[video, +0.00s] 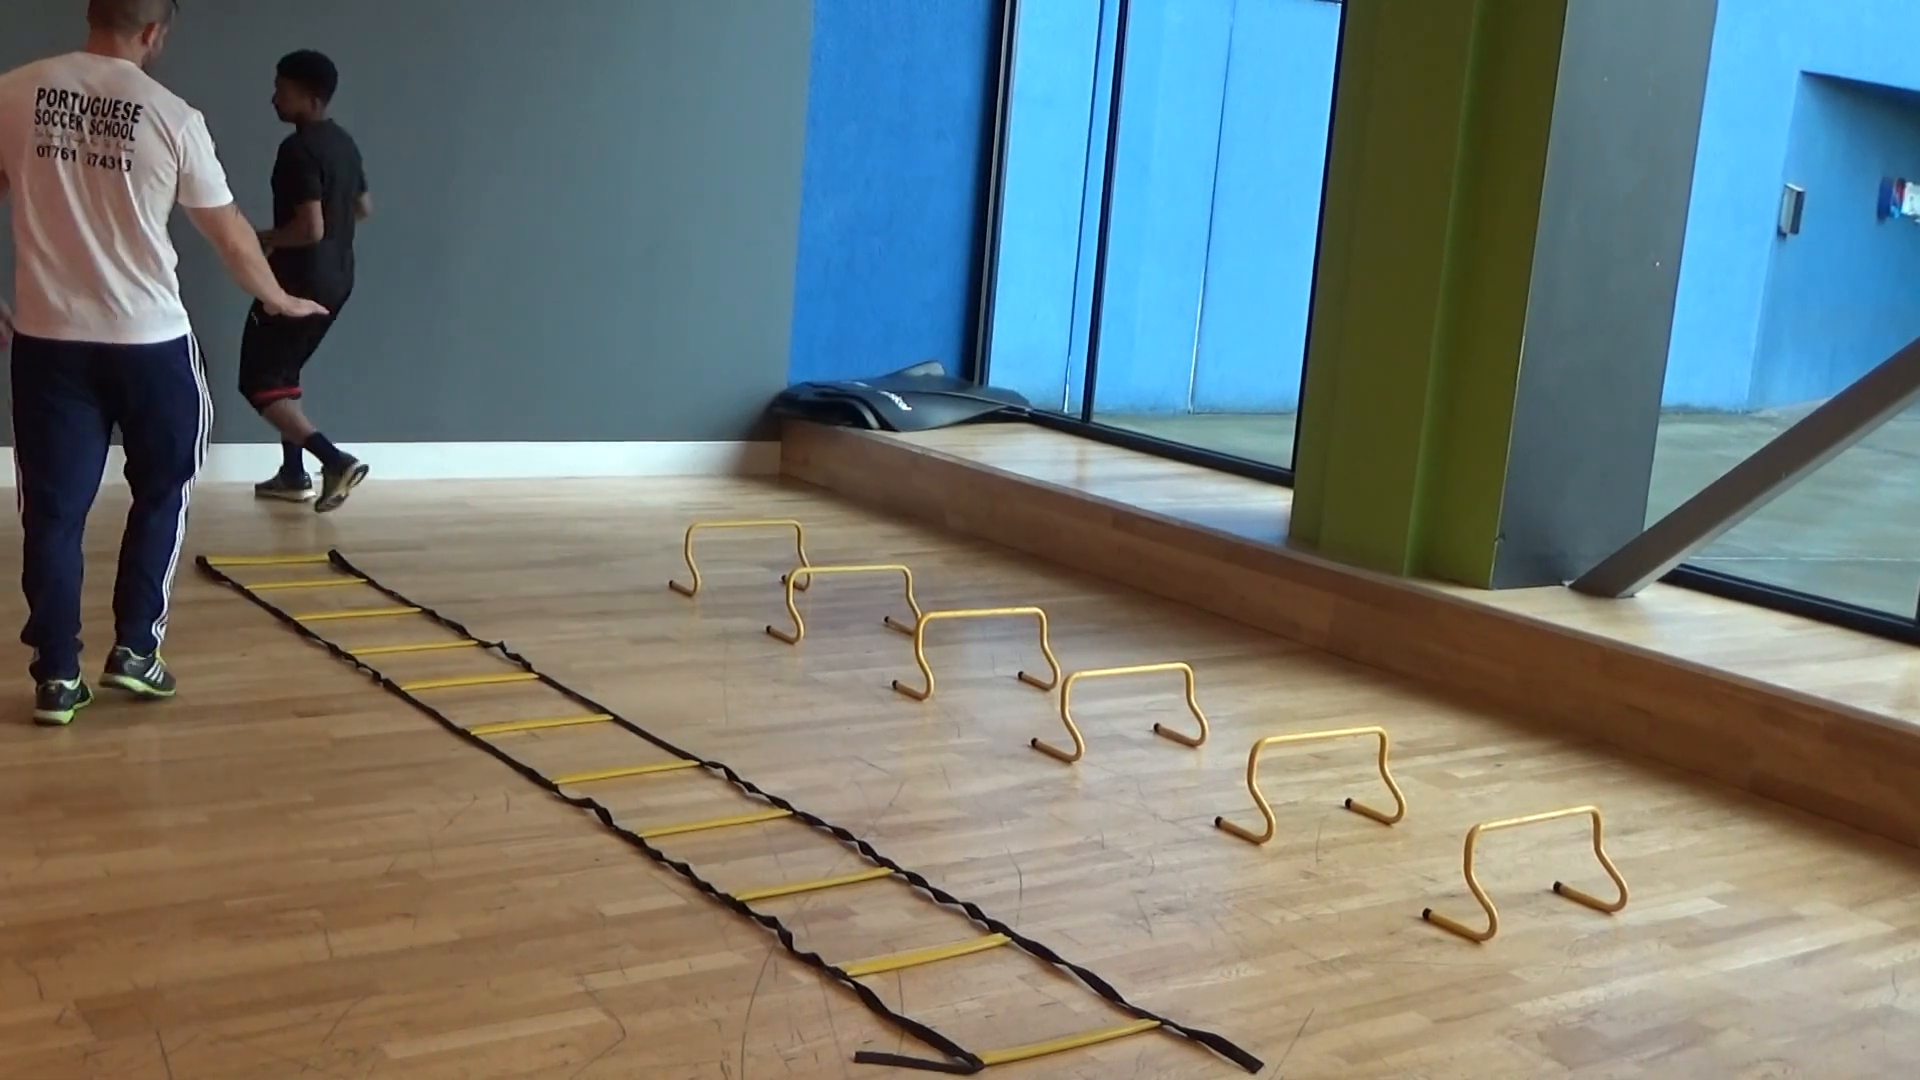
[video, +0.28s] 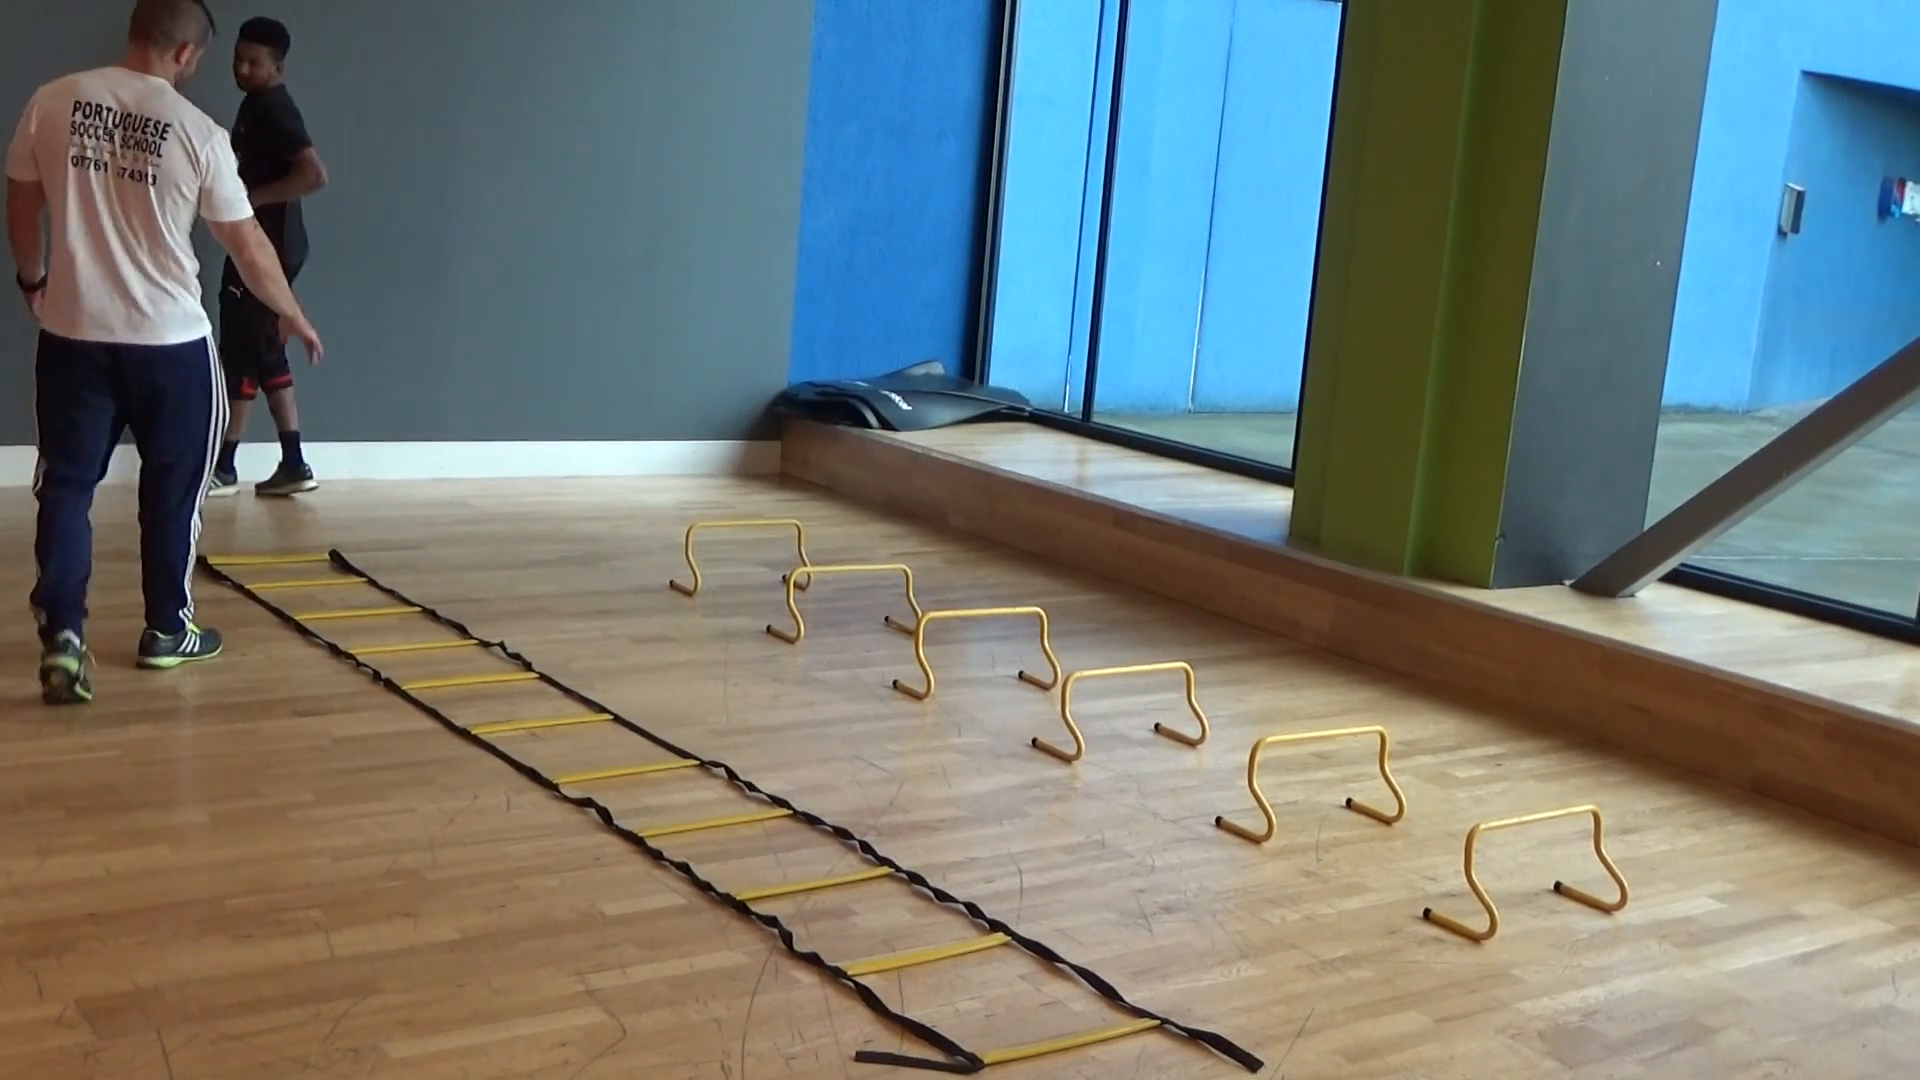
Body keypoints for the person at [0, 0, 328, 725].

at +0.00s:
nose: (162, 47)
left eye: (161, 33)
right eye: (163, 33)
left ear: (88, 19)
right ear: (150, 31)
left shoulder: (15, 89)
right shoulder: (173, 119)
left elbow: (11, 186)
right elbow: (229, 234)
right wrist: (279, 299)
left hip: (45, 337)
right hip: (148, 340)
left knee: (53, 508)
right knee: (163, 490)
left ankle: (56, 676)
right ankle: (136, 650)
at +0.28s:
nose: (197, 65)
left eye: (199, 55)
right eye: (200, 57)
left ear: (130, 34)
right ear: (183, 55)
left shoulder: (51, 100)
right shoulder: (200, 133)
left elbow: (21, 202)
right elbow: (247, 244)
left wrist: (31, 276)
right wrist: (291, 312)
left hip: (71, 333)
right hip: (168, 338)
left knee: (66, 481)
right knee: (173, 483)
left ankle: (62, 637)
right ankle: (168, 628)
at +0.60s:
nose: (222, 81)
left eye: (226, 72)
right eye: (227, 71)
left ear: (167, 38)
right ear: (214, 61)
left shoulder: (72, 93)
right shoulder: (208, 132)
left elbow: (39, 200)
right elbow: (232, 246)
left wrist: (17, 282)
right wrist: (255, 315)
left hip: (94, 317)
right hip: (174, 327)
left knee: (100, 439)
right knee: (175, 472)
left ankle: (77, 578)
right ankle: (169, 625)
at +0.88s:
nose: (188, 93)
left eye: (194, 82)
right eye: (193, 80)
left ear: (145, 44)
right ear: (177, 60)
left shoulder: (63, 92)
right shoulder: (136, 111)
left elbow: (64, 204)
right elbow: (147, 226)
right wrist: (196, 319)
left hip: (66, 301)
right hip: (127, 305)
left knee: (81, 439)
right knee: (171, 449)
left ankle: (63, 586)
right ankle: (166, 610)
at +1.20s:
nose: (145, 60)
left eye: (152, 52)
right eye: (139, 45)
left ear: (141, 54)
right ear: (98, 29)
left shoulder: (90, 101)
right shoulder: (62, 90)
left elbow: (92, 201)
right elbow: (32, 190)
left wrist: (145, 257)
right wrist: (50, 292)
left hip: (75, 290)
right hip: (60, 293)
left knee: (62, 431)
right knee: (99, 430)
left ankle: (61, 581)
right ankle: (4, 544)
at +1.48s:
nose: (102, 64)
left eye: (111, 55)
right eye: (96, 48)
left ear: (115, 54)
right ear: (59, 29)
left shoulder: (68, 95)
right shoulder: (19, 94)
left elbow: (57, 198)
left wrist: (92, 266)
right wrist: (16, 291)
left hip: (55, 302)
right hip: (13, 306)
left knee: (56, 435)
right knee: (7, 441)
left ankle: (60, 575)